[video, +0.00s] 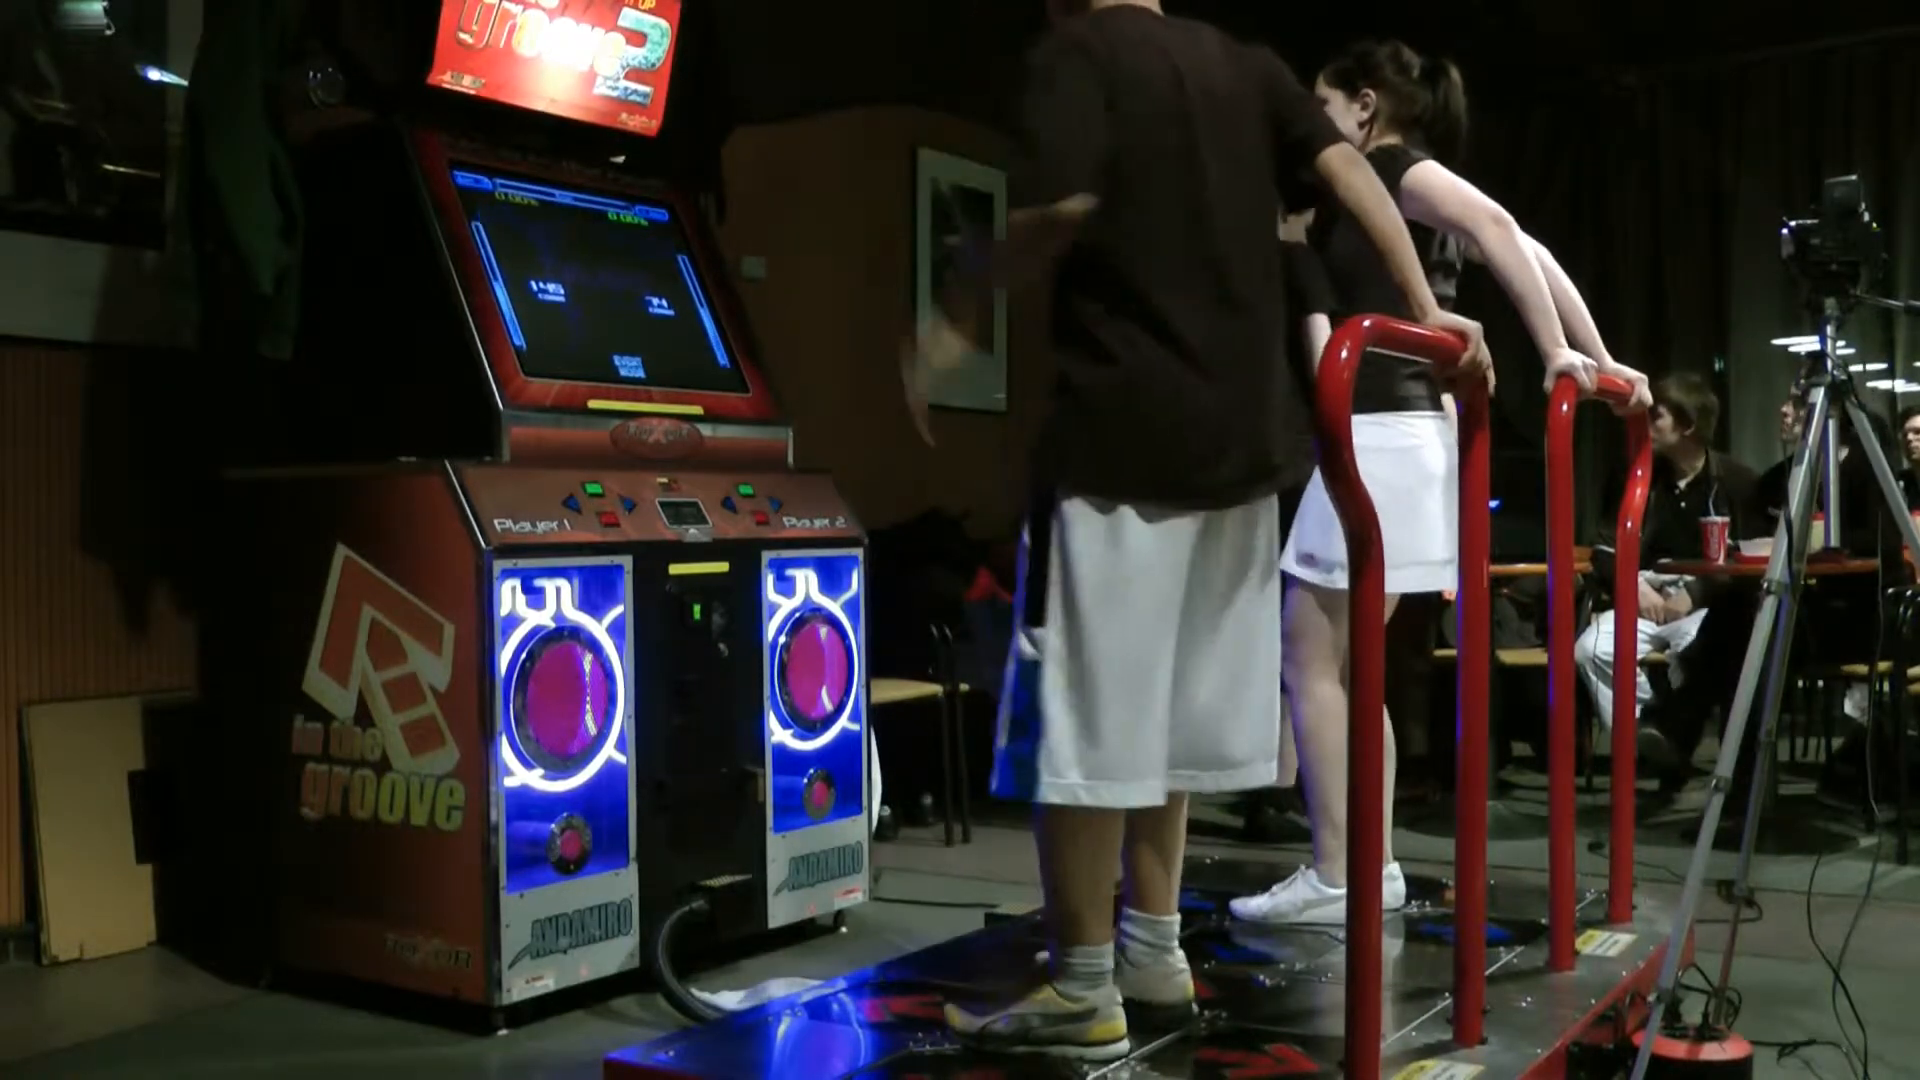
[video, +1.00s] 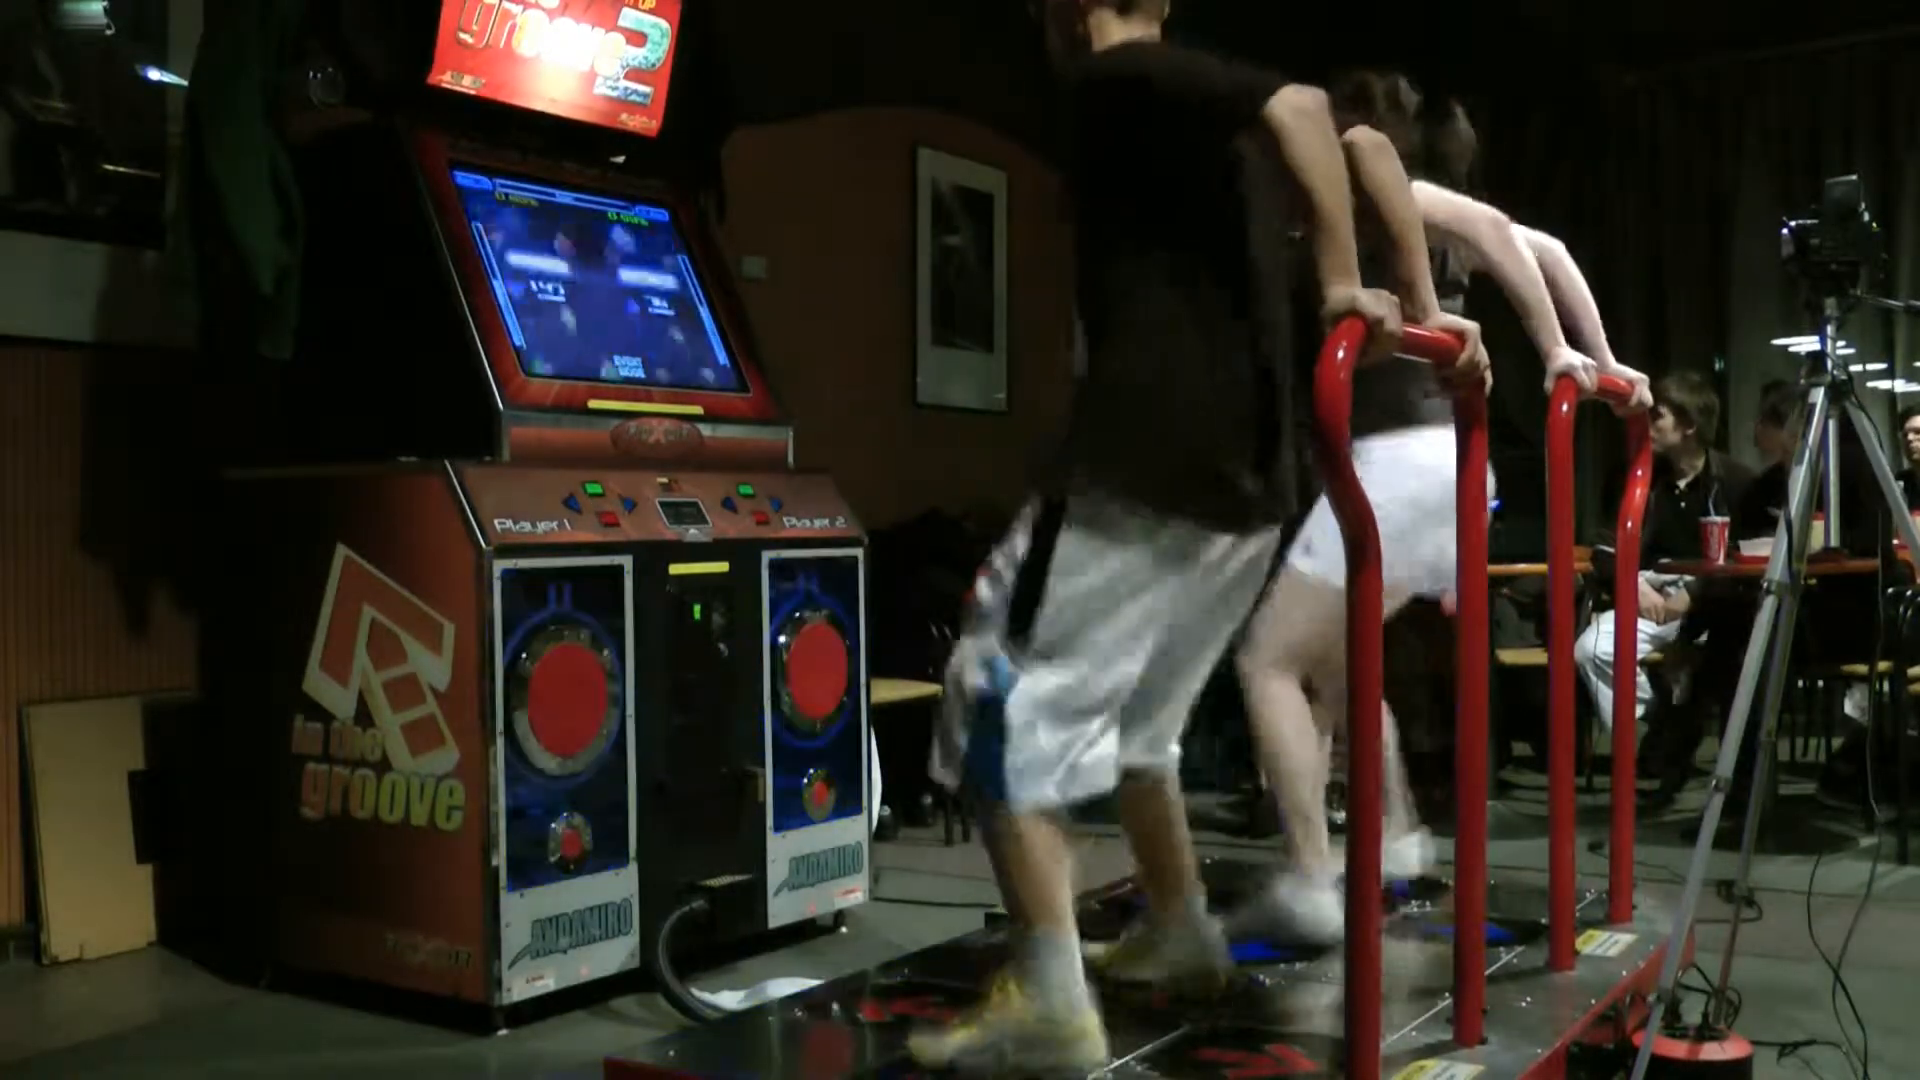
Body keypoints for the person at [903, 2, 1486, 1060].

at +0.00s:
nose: (1047, 27)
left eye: (1049, 22)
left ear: (1070, 5)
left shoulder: (1073, 56)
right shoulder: (1247, 62)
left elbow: (1064, 206)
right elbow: (1359, 183)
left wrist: (983, 276)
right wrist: (1425, 309)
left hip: (1121, 433)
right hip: (1244, 429)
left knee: (1094, 709)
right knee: (1173, 695)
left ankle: (1085, 988)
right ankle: (1155, 950)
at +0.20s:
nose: (1056, 20)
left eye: (1059, 13)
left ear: (1078, 4)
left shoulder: (1102, 47)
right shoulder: (1253, 71)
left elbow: (1203, 143)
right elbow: (1368, 186)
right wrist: (1428, 310)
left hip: (1133, 436)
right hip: (1251, 444)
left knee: (1077, 697)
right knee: (1179, 697)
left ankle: (1087, 981)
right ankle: (1153, 958)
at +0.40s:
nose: (1056, 21)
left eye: (1061, 14)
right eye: (1065, 20)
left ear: (1082, 4)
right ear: (1165, 3)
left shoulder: (1100, 42)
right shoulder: (1243, 76)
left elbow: (1269, 93)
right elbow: (1343, 166)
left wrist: (1351, 270)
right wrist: (1426, 310)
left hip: (1138, 424)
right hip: (1242, 432)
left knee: (1085, 701)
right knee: (1177, 696)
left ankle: (1089, 983)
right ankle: (1154, 961)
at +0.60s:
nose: (1055, 25)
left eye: (1059, 18)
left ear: (1080, 5)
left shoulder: (1122, 26)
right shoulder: (1237, 50)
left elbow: (1289, 98)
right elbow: (1354, 164)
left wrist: (1353, 277)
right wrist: (1423, 310)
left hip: (1132, 412)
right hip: (1233, 419)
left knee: (1050, 682)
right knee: (1167, 677)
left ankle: (1073, 975)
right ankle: (1149, 950)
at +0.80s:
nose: (1065, 27)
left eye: (1066, 15)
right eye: (1074, 17)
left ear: (1085, 12)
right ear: (1162, 12)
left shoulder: (1106, 75)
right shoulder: (1237, 82)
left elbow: (1280, 102)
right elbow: (1350, 141)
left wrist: (1343, 272)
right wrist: (1418, 299)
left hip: (1139, 455)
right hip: (1253, 463)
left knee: (1045, 719)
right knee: (1152, 715)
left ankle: (1066, 1009)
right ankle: (1174, 966)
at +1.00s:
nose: (1060, 31)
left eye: (1064, 18)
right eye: (1065, 21)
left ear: (1089, 13)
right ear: (1166, 16)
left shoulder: (1115, 79)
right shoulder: (1232, 86)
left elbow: (1296, 106)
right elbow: (1368, 142)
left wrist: (1341, 278)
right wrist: (1424, 312)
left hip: (1151, 455)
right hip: (1254, 471)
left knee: (1000, 702)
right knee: (1136, 716)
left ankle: (1050, 994)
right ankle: (1180, 927)